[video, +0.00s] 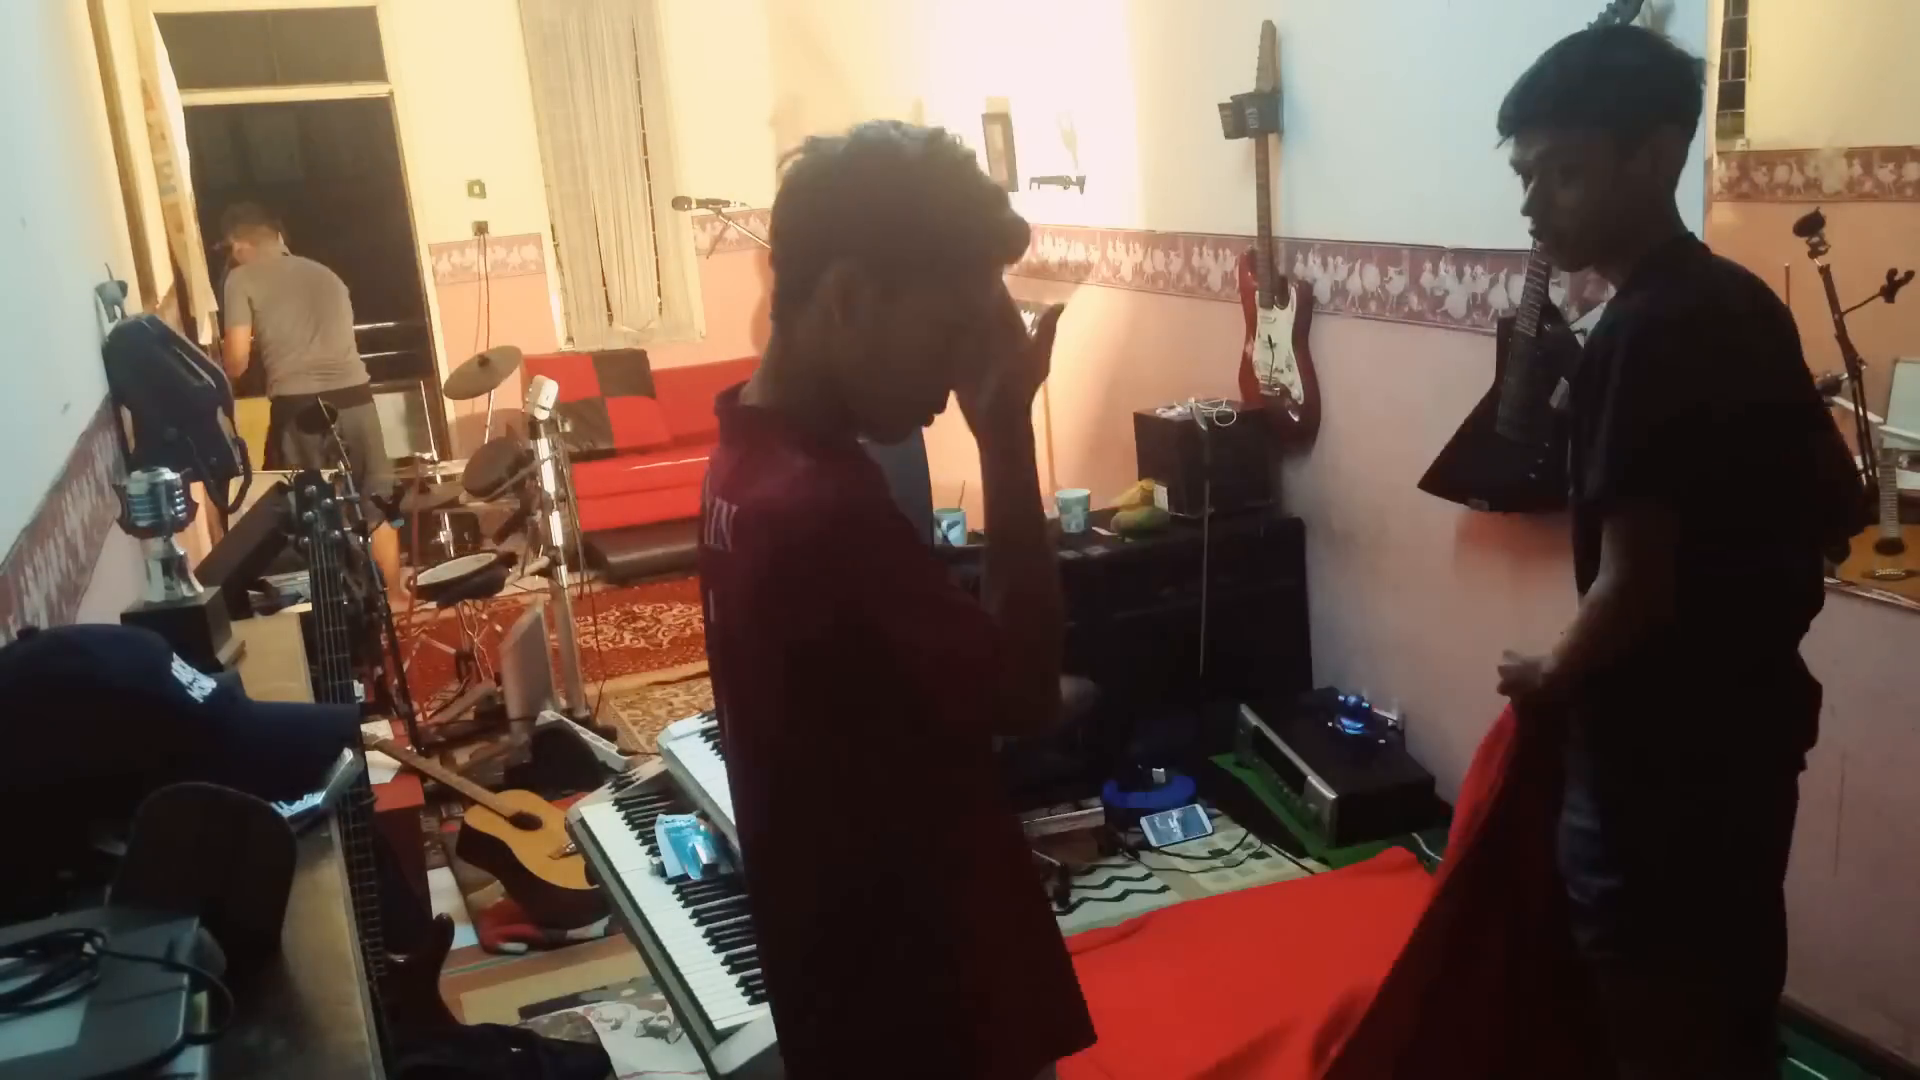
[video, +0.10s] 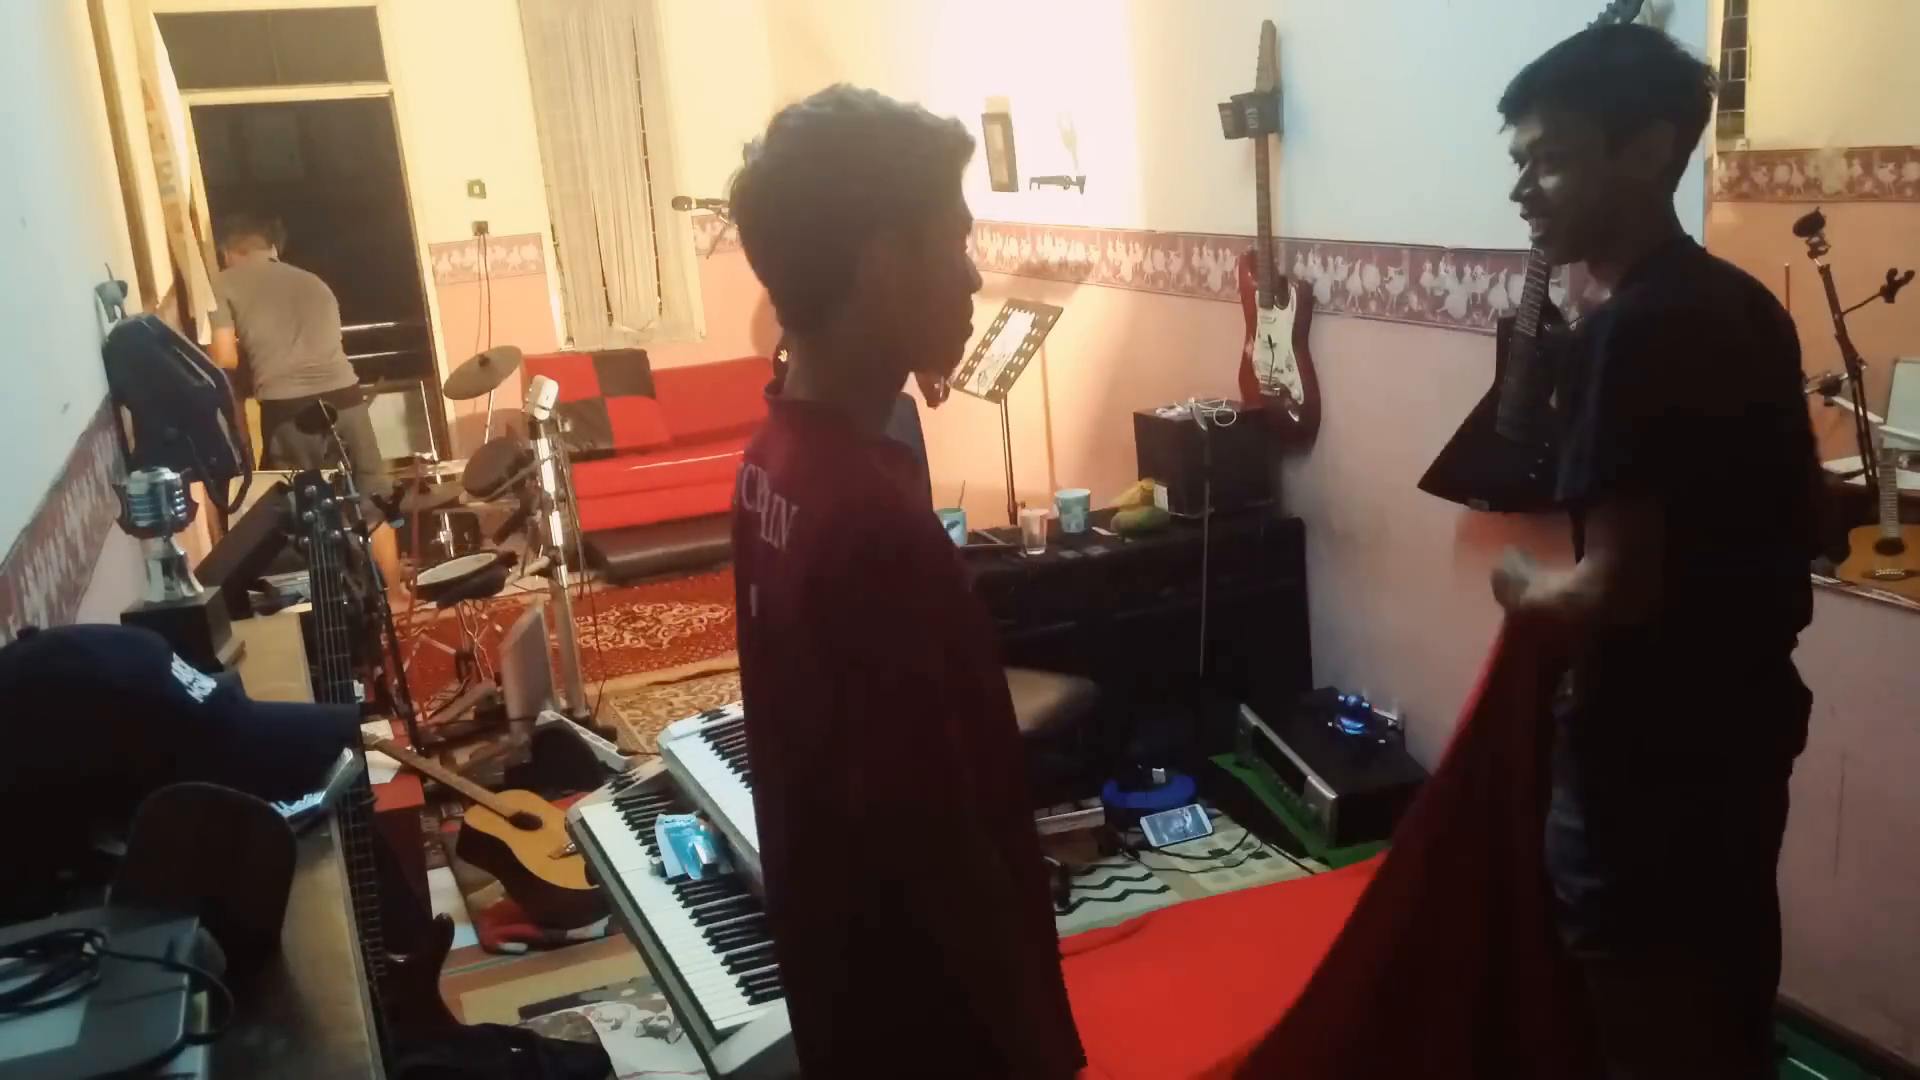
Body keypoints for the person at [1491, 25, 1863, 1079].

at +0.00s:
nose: (1533, 204)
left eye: (1554, 172)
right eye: (1525, 177)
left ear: (1651, 156)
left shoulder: (1641, 329)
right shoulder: (1745, 304)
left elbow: (1637, 586)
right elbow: (1840, 501)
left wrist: (1549, 673)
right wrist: (1721, 615)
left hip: (1655, 722)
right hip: (1751, 708)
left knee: (1649, 1010)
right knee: (1725, 998)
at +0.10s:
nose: (1520, 190)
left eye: (1543, 161)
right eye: (1519, 166)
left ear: (1643, 154)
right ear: (1632, 162)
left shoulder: (1633, 329)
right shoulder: (1748, 310)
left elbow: (1613, 585)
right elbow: (1816, 515)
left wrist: (1526, 587)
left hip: (1642, 731)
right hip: (1740, 714)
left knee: (1637, 1015)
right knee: (1719, 1004)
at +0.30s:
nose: (1551, 183)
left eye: (1549, 150)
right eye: (1548, 151)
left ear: (1578, 155)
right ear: (1691, 145)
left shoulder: (1588, 352)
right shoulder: (1813, 301)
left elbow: (1545, 543)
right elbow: (1835, 524)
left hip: (1625, 700)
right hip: (1772, 695)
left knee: (1617, 958)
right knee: (1750, 971)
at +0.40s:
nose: (1639, 161)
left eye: (1643, 132)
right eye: (1642, 132)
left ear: (1679, 150)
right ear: (1797, 148)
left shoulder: (1638, 358)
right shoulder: (1887, 319)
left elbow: (1381, 464)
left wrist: (1281, 334)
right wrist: (1600, 343)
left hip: (1691, 747)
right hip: (1847, 739)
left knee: (1666, 1026)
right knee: (1787, 1027)